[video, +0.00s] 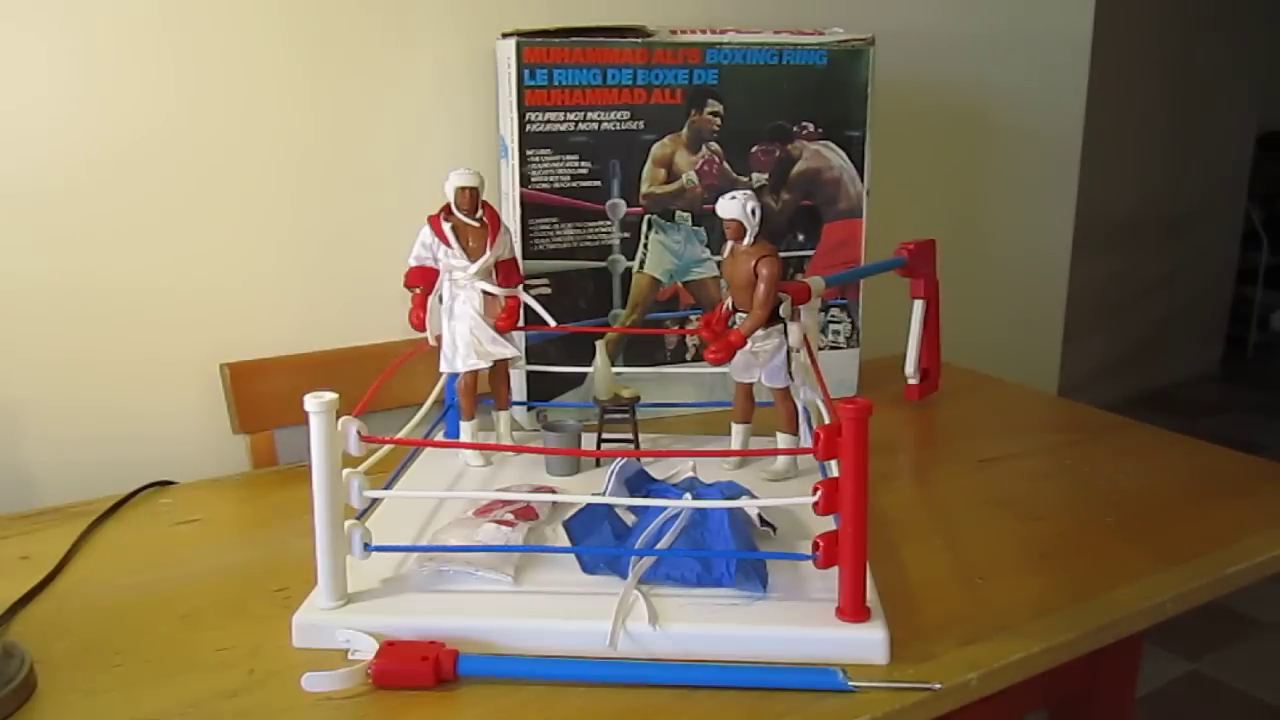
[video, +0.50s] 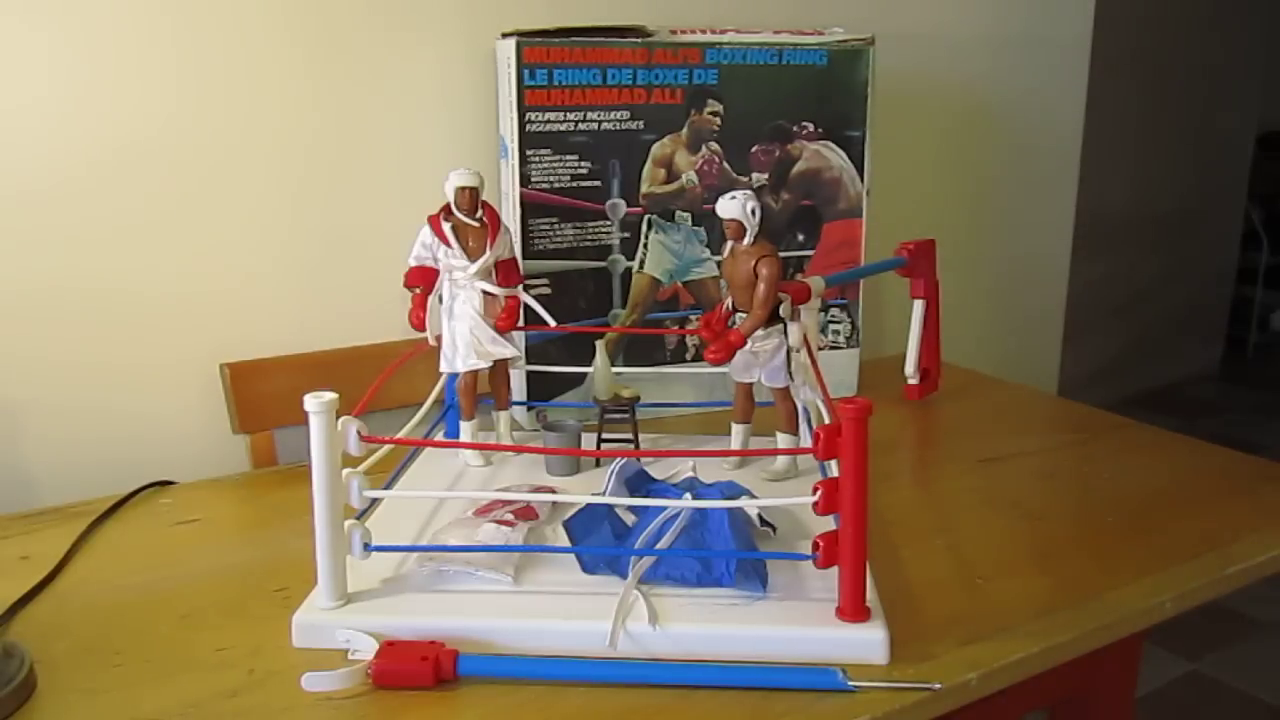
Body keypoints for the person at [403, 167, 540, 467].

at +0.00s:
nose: (467, 198)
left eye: (472, 191)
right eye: (461, 192)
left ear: (480, 194)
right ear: (451, 195)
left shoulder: (497, 228)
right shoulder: (436, 230)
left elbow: (509, 270)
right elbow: (422, 268)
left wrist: (512, 305)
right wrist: (419, 303)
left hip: (493, 302)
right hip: (458, 304)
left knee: (501, 364)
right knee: (469, 370)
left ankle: (505, 433)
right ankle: (468, 441)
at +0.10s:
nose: (467, 198)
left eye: (472, 191)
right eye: (461, 192)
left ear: (480, 194)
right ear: (451, 195)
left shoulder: (497, 228)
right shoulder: (436, 230)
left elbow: (509, 270)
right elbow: (422, 268)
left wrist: (511, 305)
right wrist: (419, 303)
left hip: (493, 302)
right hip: (458, 304)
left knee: (501, 364)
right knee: (469, 370)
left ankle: (505, 433)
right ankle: (468, 441)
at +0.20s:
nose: (467, 197)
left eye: (472, 191)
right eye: (461, 191)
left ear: (480, 194)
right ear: (451, 195)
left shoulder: (496, 228)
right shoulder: (436, 230)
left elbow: (509, 269)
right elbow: (422, 269)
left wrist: (512, 305)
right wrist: (419, 305)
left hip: (493, 302)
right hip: (459, 304)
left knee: (501, 364)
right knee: (469, 370)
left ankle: (504, 433)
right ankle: (469, 440)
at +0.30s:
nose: (467, 198)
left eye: (472, 191)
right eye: (461, 192)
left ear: (481, 195)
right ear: (451, 196)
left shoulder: (497, 228)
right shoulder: (436, 230)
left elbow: (509, 270)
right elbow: (422, 268)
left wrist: (511, 306)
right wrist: (419, 304)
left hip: (492, 301)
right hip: (458, 302)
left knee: (501, 363)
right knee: (469, 369)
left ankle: (505, 431)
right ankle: (468, 440)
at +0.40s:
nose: (467, 198)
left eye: (472, 191)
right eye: (461, 191)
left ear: (480, 194)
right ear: (451, 195)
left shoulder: (496, 227)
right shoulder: (436, 229)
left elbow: (509, 268)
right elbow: (422, 268)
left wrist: (512, 304)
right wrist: (419, 304)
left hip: (493, 302)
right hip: (459, 304)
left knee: (500, 364)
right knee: (469, 369)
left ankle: (504, 433)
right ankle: (469, 440)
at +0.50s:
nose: (467, 198)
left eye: (472, 191)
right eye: (461, 192)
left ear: (480, 194)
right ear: (451, 196)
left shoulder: (496, 228)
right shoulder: (436, 229)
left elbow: (508, 269)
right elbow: (422, 267)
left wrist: (511, 304)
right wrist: (419, 302)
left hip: (492, 301)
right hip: (458, 302)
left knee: (500, 362)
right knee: (469, 369)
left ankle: (505, 431)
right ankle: (468, 440)